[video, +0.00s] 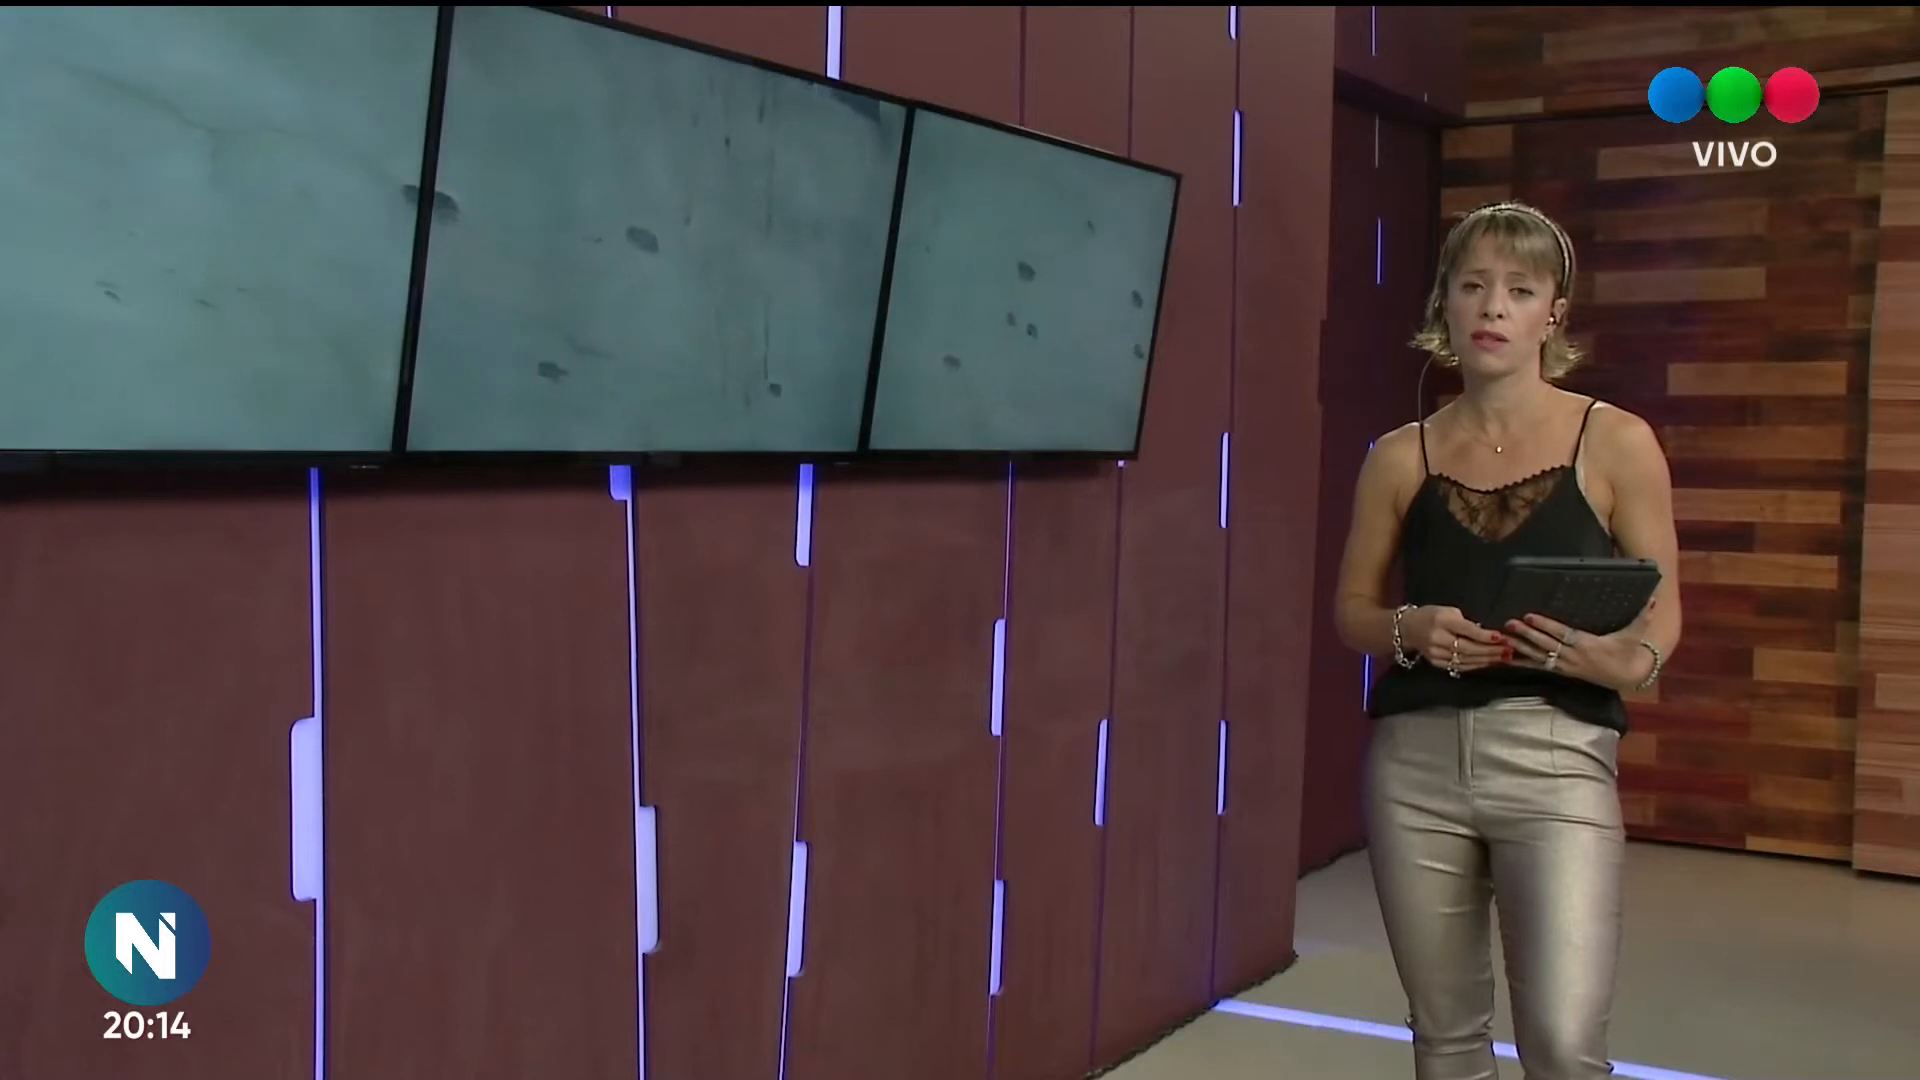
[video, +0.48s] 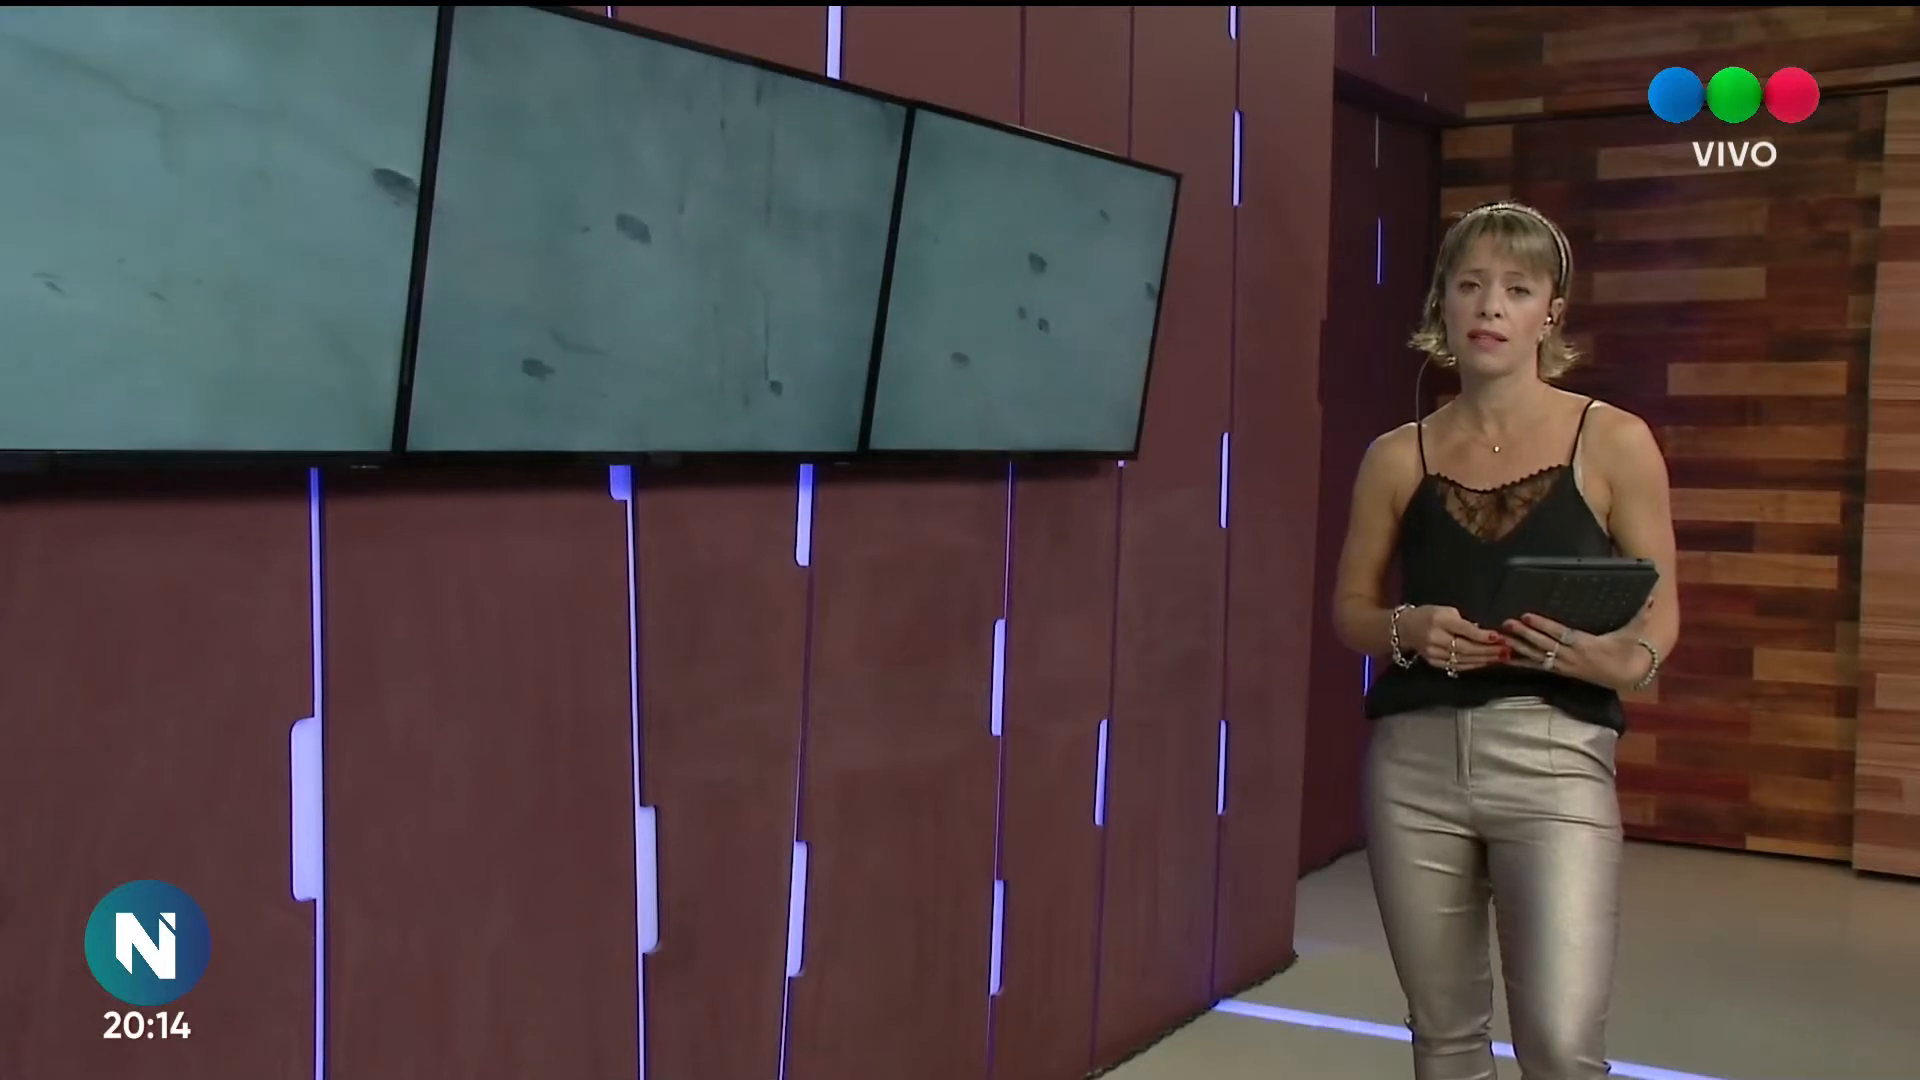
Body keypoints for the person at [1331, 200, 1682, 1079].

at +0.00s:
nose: (1491, 306)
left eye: (1518, 289)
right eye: (1473, 285)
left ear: (1553, 315)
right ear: (1444, 304)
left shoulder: (1617, 444)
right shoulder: (1398, 459)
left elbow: (1660, 609)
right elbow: (1351, 612)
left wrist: (1625, 663)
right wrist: (1407, 629)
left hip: (1556, 768)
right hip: (1414, 768)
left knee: (1562, 1049)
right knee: (1445, 1042)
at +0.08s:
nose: (1490, 305)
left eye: (1517, 289)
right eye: (1471, 285)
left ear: (1552, 314)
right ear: (1443, 306)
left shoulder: (1616, 444)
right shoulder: (1397, 459)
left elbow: (1659, 608)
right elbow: (1351, 613)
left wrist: (1627, 663)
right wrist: (1406, 629)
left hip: (1556, 768)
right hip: (1414, 768)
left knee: (1562, 1050)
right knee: (1445, 1042)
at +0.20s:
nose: (1490, 305)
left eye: (1517, 289)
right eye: (1472, 285)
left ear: (1552, 316)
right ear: (1443, 306)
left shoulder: (1615, 444)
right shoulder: (1397, 458)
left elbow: (1659, 609)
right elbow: (1350, 612)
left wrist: (1623, 663)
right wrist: (1406, 629)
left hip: (1555, 768)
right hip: (1413, 768)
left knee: (1561, 1050)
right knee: (1445, 1042)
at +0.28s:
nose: (1489, 304)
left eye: (1516, 288)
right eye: (1470, 284)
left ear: (1551, 315)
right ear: (1442, 306)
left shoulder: (1615, 443)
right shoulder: (1397, 458)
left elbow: (1658, 606)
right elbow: (1350, 613)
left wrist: (1627, 663)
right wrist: (1405, 629)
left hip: (1555, 768)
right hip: (1413, 768)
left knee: (1561, 1049)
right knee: (1445, 1042)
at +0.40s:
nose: (1489, 305)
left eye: (1515, 288)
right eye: (1470, 284)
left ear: (1550, 314)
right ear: (1442, 306)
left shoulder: (1615, 443)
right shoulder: (1396, 458)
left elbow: (1658, 604)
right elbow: (1350, 611)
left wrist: (1626, 662)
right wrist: (1403, 629)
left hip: (1555, 767)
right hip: (1413, 767)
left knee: (1559, 1049)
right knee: (1445, 1040)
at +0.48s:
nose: (1488, 304)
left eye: (1515, 287)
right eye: (1469, 283)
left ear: (1550, 315)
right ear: (1441, 306)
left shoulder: (1614, 442)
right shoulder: (1396, 458)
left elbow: (1658, 603)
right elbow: (1350, 611)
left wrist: (1627, 662)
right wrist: (1402, 629)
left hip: (1554, 767)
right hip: (1412, 766)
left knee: (1559, 1048)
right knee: (1444, 1040)